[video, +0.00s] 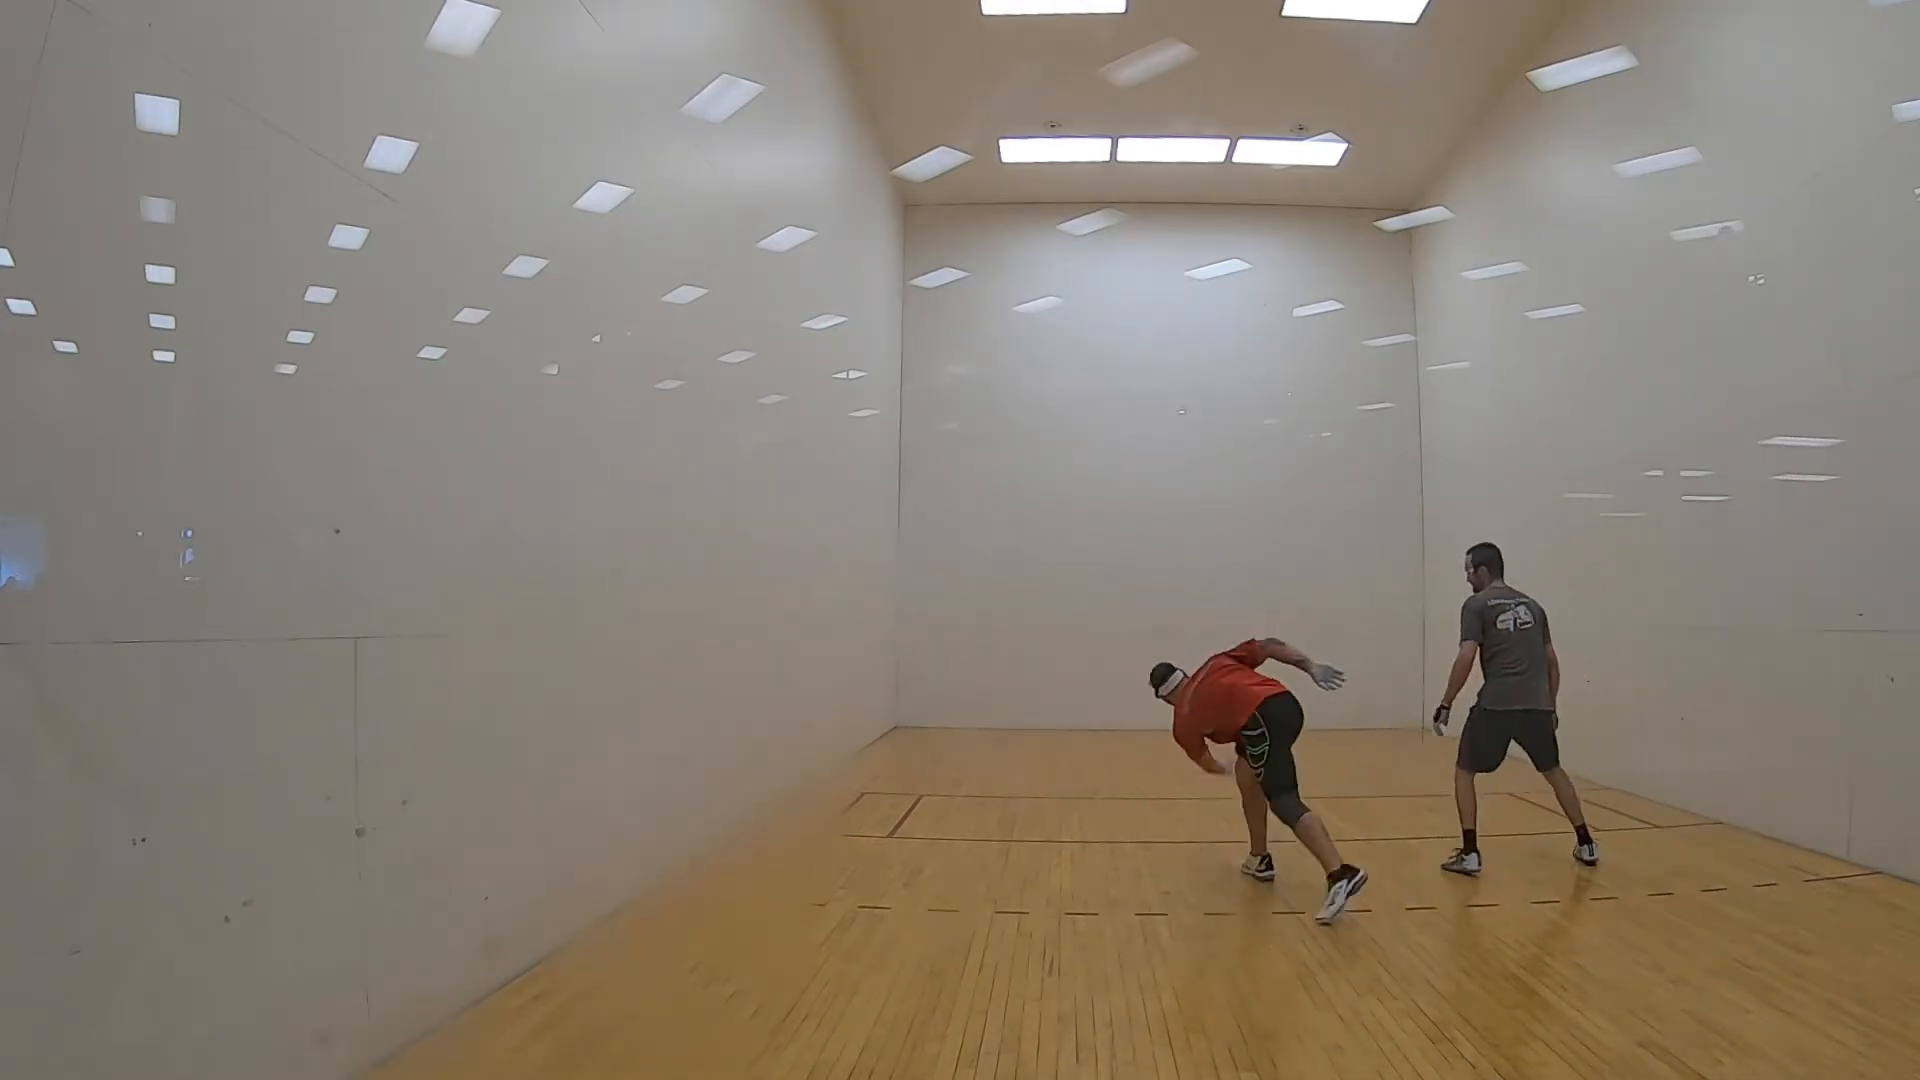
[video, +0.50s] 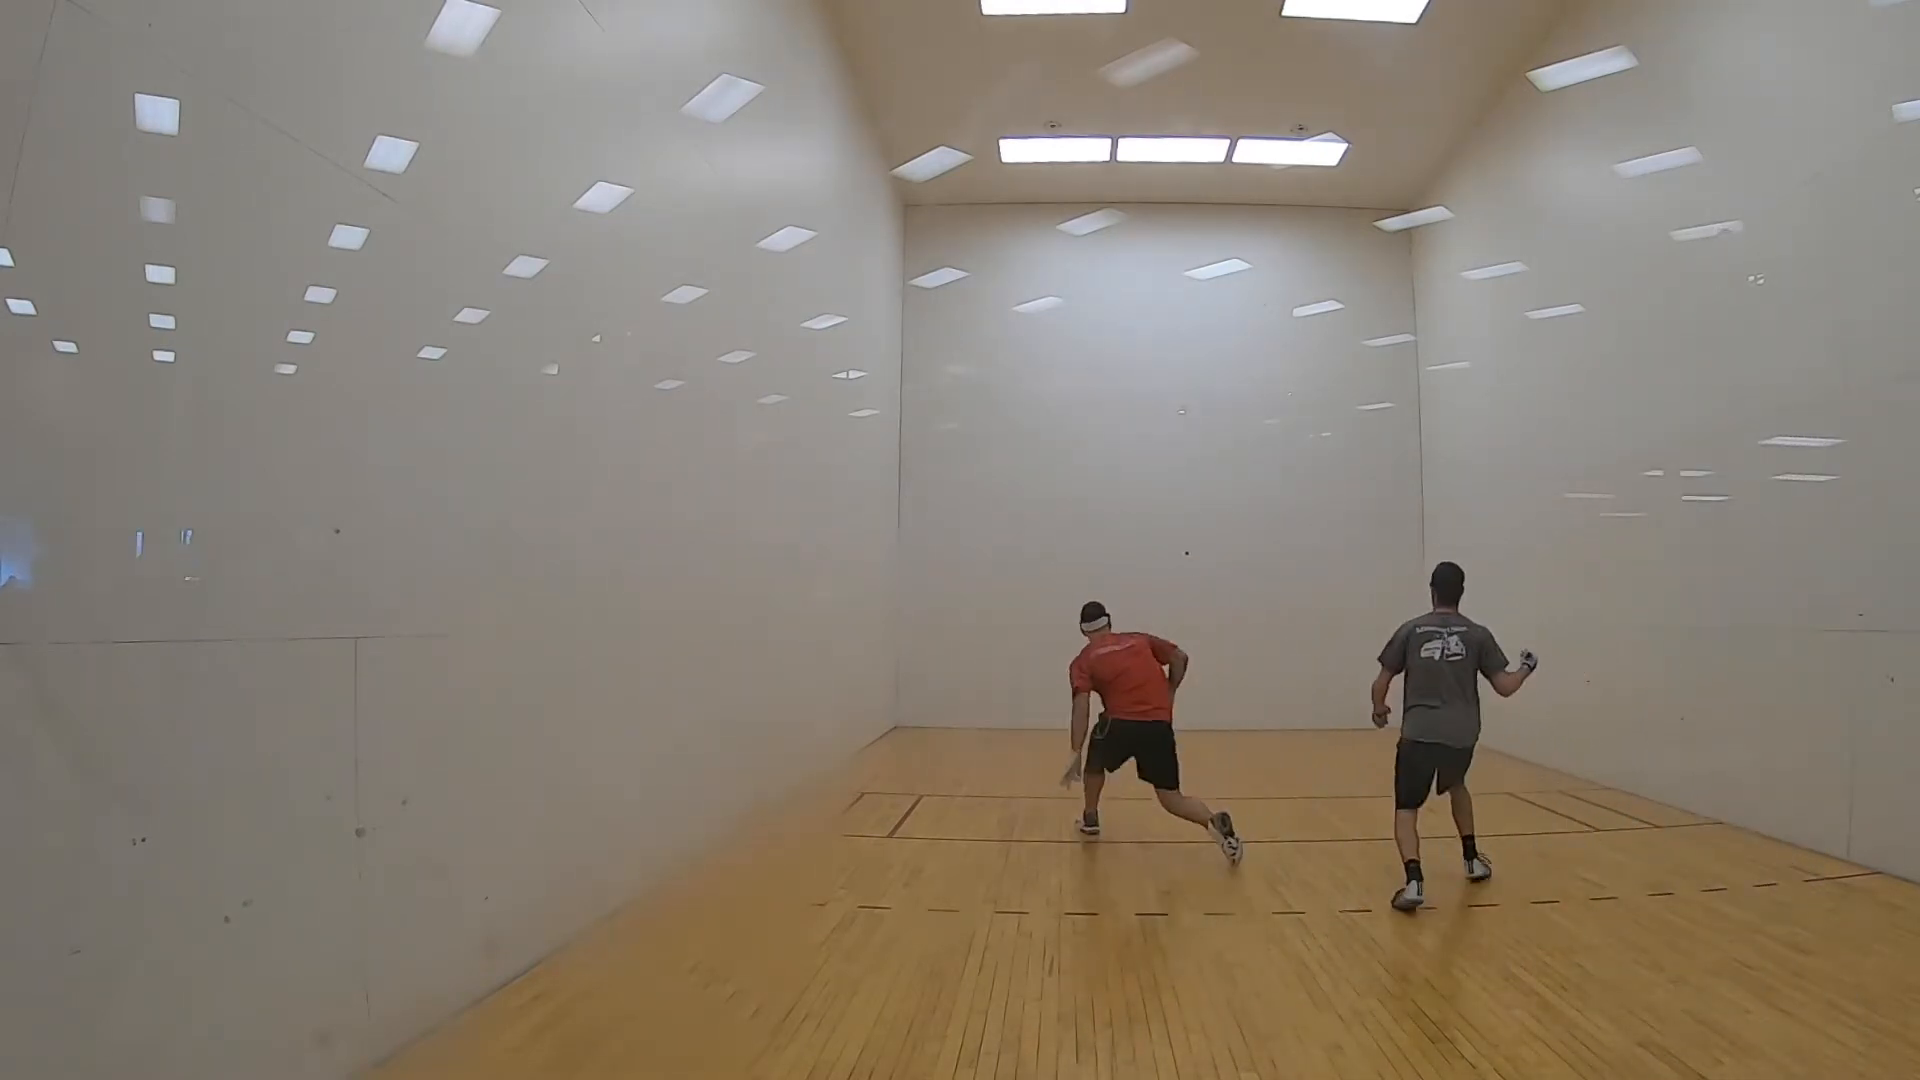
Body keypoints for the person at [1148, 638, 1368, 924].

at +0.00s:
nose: (1169, 701)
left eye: (1165, 697)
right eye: (1167, 695)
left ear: (1166, 696)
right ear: (1184, 674)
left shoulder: (1183, 723)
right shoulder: (1217, 662)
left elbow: (1206, 762)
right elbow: (1268, 645)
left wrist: (1224, 768)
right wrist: (1311, 666)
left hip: (1262, 725)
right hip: (1288, 707)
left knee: (1285, 803)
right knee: (1245, 772)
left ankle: (1339, 874)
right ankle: (1258, 857)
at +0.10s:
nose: (1159, 693)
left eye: (1157, 689)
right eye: (1161, 687)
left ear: (1156, 688)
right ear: (1177, 670)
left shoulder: (1163, 710)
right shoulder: (1206, 665)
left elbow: (1196, 732)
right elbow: (1259, 647)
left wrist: (1222, 745)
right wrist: (1301, 667)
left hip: (1236, 721)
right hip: (1265, 702)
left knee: (1275, 796)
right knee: (1232, 771)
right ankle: (1258, 852)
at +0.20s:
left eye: (1139, 670)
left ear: (1140, 668)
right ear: (1161, 650)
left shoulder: (1145, 692)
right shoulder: (1189, 649)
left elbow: (1173, 743)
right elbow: (1238, 629)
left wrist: (1203, 734)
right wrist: (1273, 660)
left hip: (1213, 702)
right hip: (1244, 686)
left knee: (1218, 785)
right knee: (1237, 773)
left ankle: (1285, 787)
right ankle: (1257, 843)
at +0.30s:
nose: (1130, 648)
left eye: (1124, 647)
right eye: (1132, 641)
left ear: (1118, 650)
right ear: (1142, 633)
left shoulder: (1125, 674)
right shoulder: (1173, 632)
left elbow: (1131, 725)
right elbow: (1215, 616)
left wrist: (1147, 765)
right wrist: (1234, 654)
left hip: (1184, 693)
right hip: (1221, 683)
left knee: (1159, 755)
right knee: (1225, 766)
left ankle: (1195, 818)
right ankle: (1252, 831)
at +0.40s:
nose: (1103, 638)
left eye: (1101, 634)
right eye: (1104, 634)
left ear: (1099, 634)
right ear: (1124, 622)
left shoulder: (1103, 661)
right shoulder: (1155, 628)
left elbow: (1103, 708)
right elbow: (1196, 625)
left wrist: (1101, 753)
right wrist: (1201, 666)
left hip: (1154, 707)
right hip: (1192, 700)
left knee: (1123, 757)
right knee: (1206, 771)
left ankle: (1107, 817)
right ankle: (1242, 823)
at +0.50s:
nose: (1089, 633)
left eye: (1086, 630)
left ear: (1083, 631)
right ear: (1109, 623)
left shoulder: (1083, 661)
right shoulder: (1141, 640)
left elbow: (1081, 707)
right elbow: (1179, 658)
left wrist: (1076, 754)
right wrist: (1169, 693)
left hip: (1119, 728)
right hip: (1158, 729)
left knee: (1095, 758)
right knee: (1171, 799)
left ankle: (1090, 817)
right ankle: (1213, 821)